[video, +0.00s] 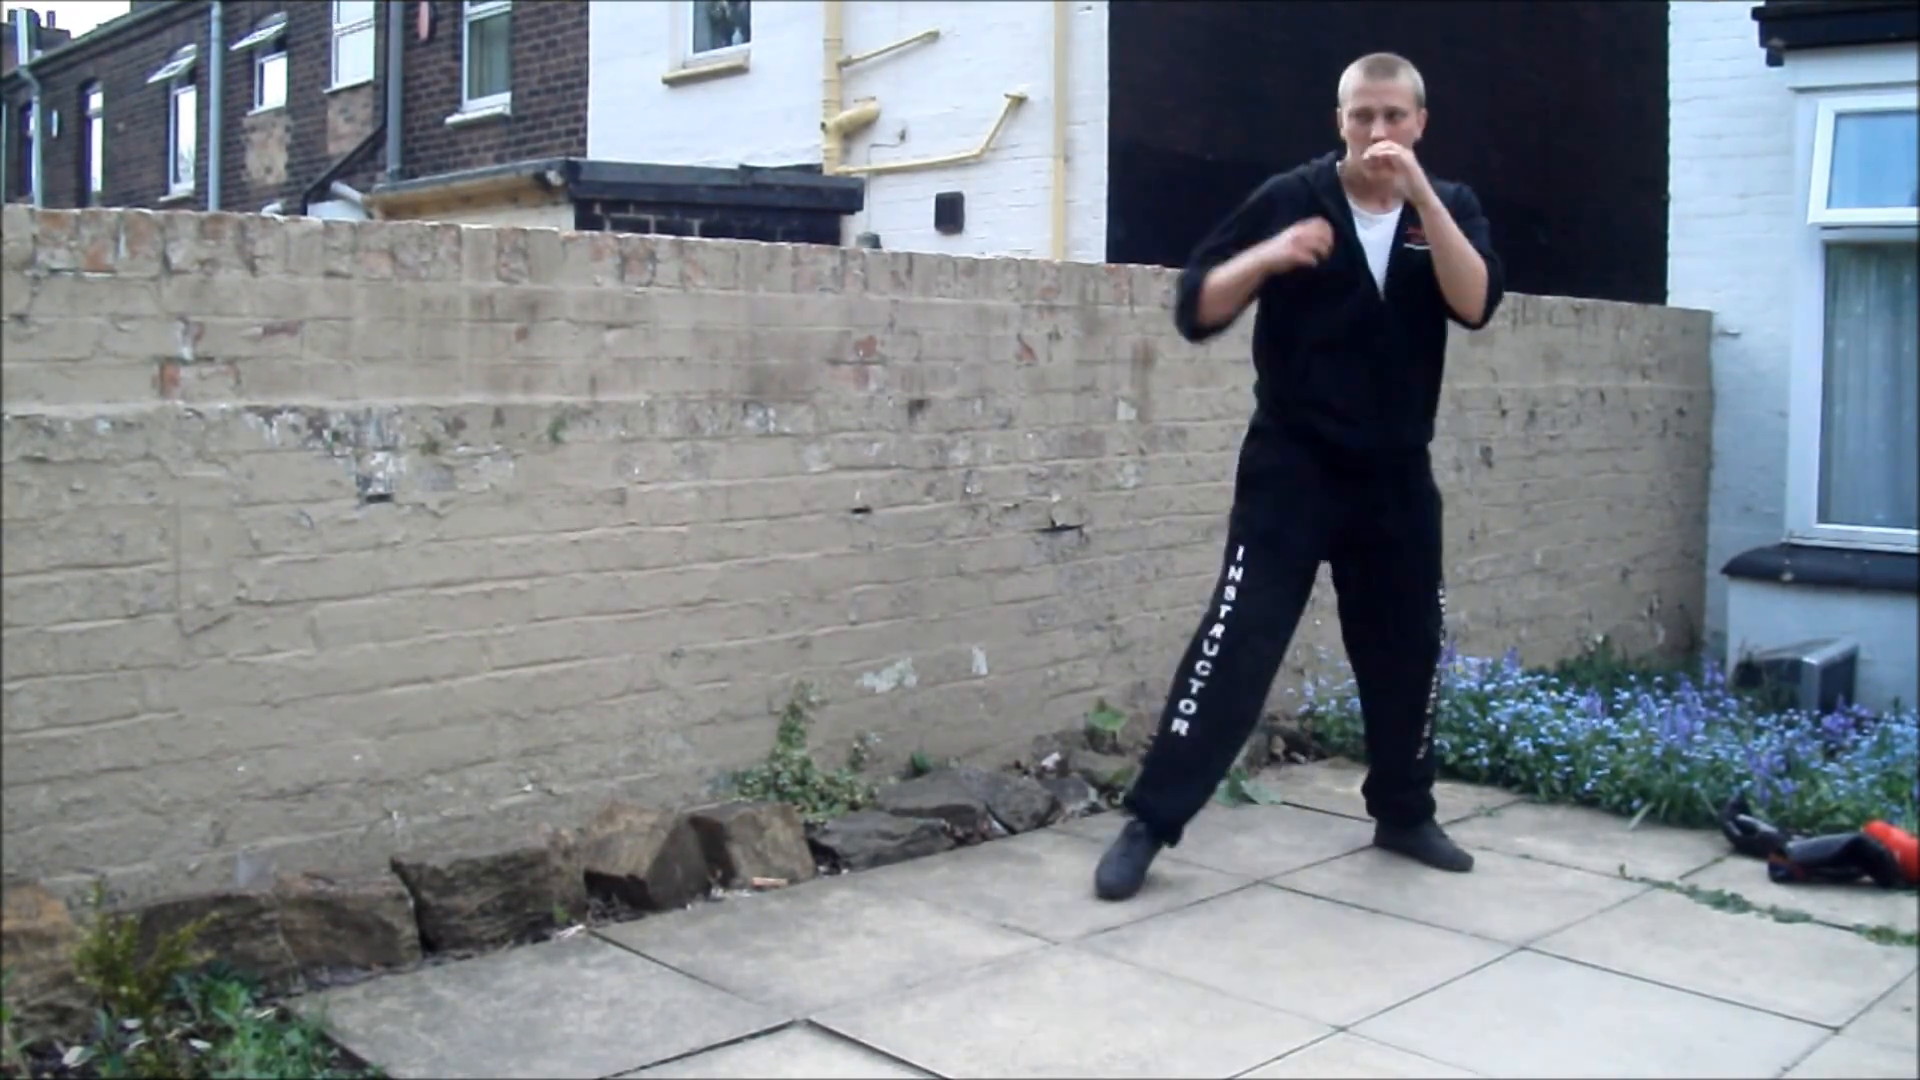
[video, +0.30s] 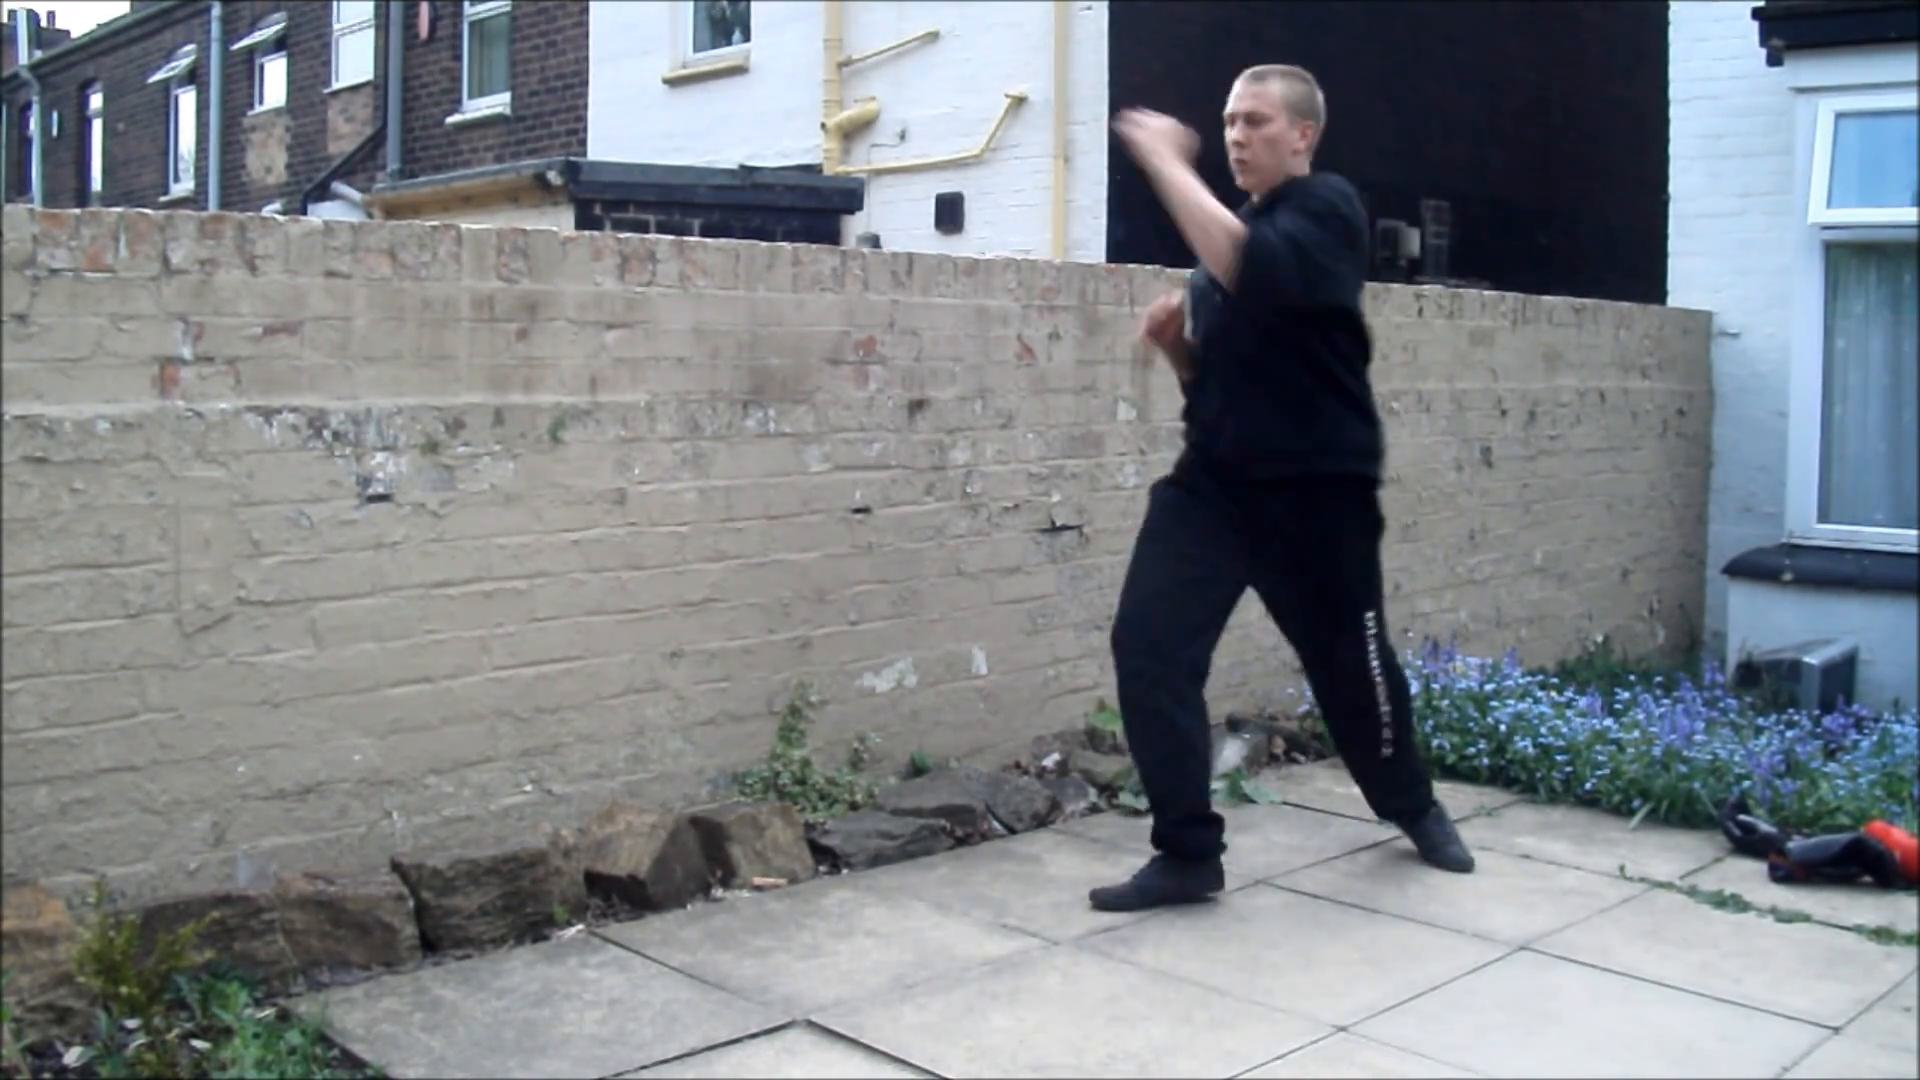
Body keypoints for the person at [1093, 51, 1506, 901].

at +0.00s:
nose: (1379, 131)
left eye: (1395, 116)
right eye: (1363, 116)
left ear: (1422, 123)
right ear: (1339, 122)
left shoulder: (1450, 209)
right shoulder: (1291, 200)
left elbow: (1476, 305)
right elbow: (1194, 311)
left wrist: (1424, 202)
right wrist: (1263, 257)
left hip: (1395, 474)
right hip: (1289, 467)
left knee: (1404, 647)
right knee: (1238, 640)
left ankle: (1404, 814)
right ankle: (1148, 824)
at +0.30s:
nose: (1233, 136)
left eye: (1253, 122)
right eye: (1229, 125)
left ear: (1303, 134)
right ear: (1228, 137)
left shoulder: (1330, 206)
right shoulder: (1233, 237)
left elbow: (1248, 263)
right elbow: (1220, 388)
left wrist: (1169, 165)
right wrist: (1178, 349)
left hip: (1315, 488)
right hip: (1213, 485)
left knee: (1352, 660)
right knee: (1149, 648)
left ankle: (1412, 805)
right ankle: (1187, 855)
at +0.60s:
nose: (1110, 169)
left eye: (1128, 156)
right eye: (1109, 155)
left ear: (1182, 165)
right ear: (1117, 164)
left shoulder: (1234, 201)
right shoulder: (1121, 282)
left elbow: (1213, 197)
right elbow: (1040, 370)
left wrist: (1092, 175)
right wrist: (975, 318)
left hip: (1237, 375)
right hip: (1179, 463)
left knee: (1043, 216)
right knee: (1134, 634)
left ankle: (963, 213)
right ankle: (1127, 859)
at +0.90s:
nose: (1099, 182)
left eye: (1107, 169)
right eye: (1102, 168)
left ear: (1143, 168)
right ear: (1190, 173)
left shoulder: (1146, 199)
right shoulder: (1259, 287)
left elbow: (1033, 212)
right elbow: (1304, 437)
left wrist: (931, 178)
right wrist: (1199, 480)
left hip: (1094, 383)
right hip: (1175, 464)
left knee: (887, 448)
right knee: (1098, 656)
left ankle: (956, 652)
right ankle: (1093, 879)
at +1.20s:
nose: (1183, 87)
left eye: (1171, 74)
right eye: (1180, 76)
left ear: (1092, 88)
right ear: (1172, 80)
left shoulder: (1035, 160)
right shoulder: (1201, 165)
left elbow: (1025, 271)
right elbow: (1221, 328)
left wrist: (1098, 315)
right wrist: (1155, 349)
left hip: (1013, 414)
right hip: (1128, 421)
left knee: (998, 642)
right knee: (1117, 659)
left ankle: (981, 855)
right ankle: (1100, 883)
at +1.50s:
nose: (1139, 48)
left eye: (1139, 33)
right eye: (1122, 31)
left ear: (1088, 43)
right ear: (1061, 40)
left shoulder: (1113, 140)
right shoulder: (1006, 135)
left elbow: (1217, 227)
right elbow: (1050, 252)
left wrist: (1170, 118)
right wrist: (1127, 150)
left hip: (1114, 415)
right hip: (1055, 412)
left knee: (1067, 629)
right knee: (1097, 632)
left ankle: (992, 811)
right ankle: (1023, 833)